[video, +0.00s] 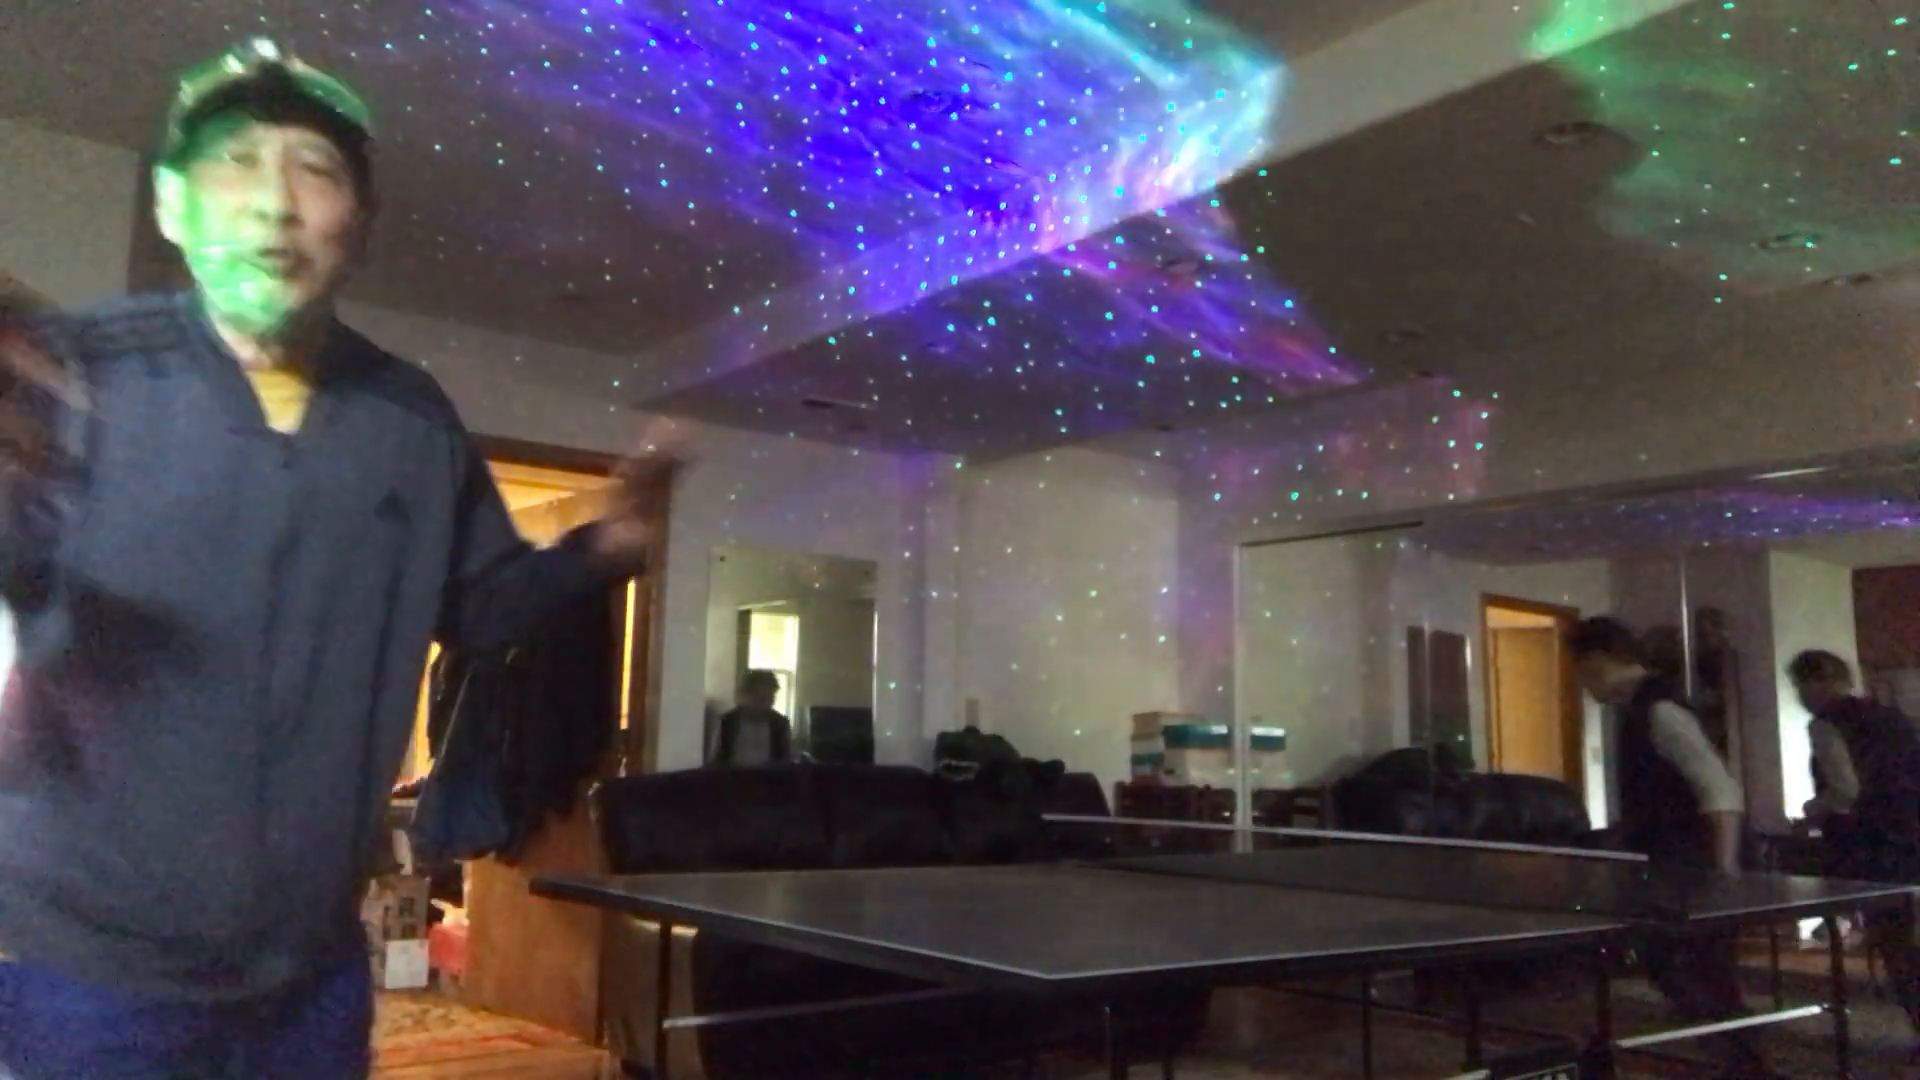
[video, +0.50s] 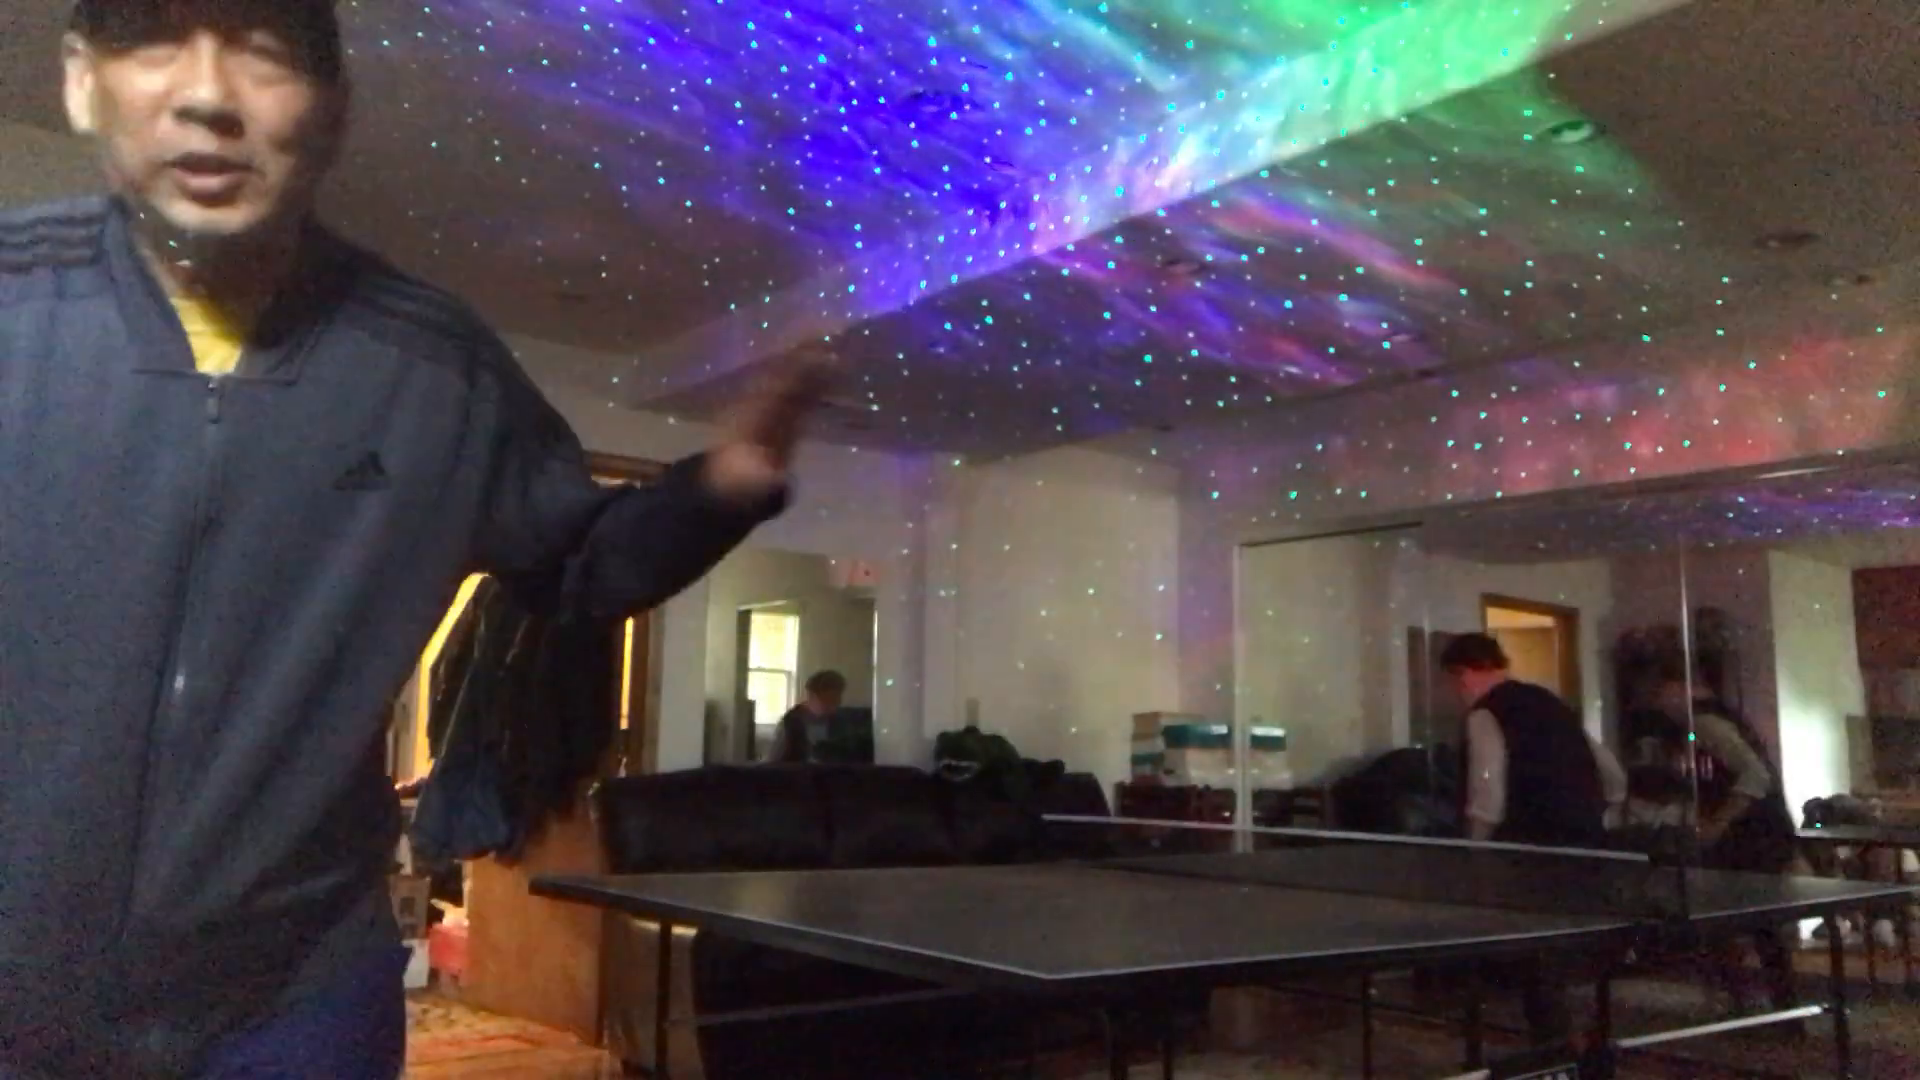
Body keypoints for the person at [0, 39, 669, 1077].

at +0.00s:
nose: (275, 203)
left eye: (313, 172)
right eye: (236, 162)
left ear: (358, 221)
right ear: (170, 202)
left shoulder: (415, 422)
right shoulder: (65, 369)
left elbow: (481, 600)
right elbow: (24, 587)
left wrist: (599, 548)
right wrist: (13, 483)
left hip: (304, 965)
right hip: (74, 950)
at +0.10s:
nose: (248, 175)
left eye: (288, 144)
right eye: (204, 134)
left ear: (337, 200)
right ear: (139, 180)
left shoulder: (412, 410)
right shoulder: (32, 353)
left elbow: (505, 595)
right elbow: (8, 575)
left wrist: (677, 540)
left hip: (304, 983)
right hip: (49, 975)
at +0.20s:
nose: (226, 154)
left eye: (271, 120)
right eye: (180, 109)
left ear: (321, 173)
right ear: (109, 154)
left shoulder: (406, 392)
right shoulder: (21, 336)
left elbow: (514, 606)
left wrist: (587, 542)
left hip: (303, 995)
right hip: (41, 993)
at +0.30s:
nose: (203, 137)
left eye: (248, 97)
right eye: (154, 88)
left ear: (309, 150)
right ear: (85, 132)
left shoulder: (407, 376)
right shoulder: (20, 323)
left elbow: (538, 587)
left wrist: (602, 520)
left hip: (299, 990)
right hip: (38, 991)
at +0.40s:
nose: (193, 121)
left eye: (244, 74)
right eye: (141, 68)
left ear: (309, 131)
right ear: (71, 115)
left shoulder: (417, 372)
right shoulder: (14, 317)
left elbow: (573, 545)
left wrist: (731, 493)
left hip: (287, 987)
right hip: (30, 983)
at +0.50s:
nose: (208, 95)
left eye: (262, 51)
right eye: (156, 43)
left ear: (332, 105)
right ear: (82, 85)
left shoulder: (436, 365)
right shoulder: (10, 294)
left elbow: (573, 562)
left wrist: (724, 486)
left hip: (288, 991)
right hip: (23, 977)